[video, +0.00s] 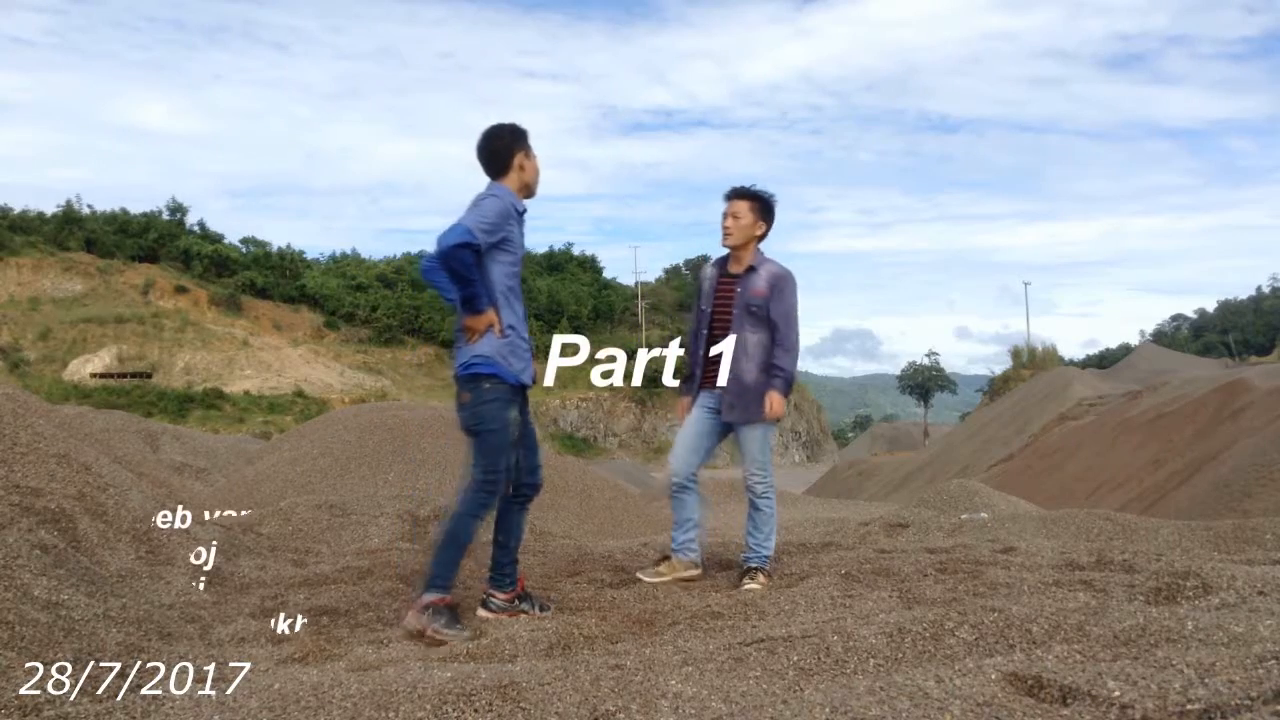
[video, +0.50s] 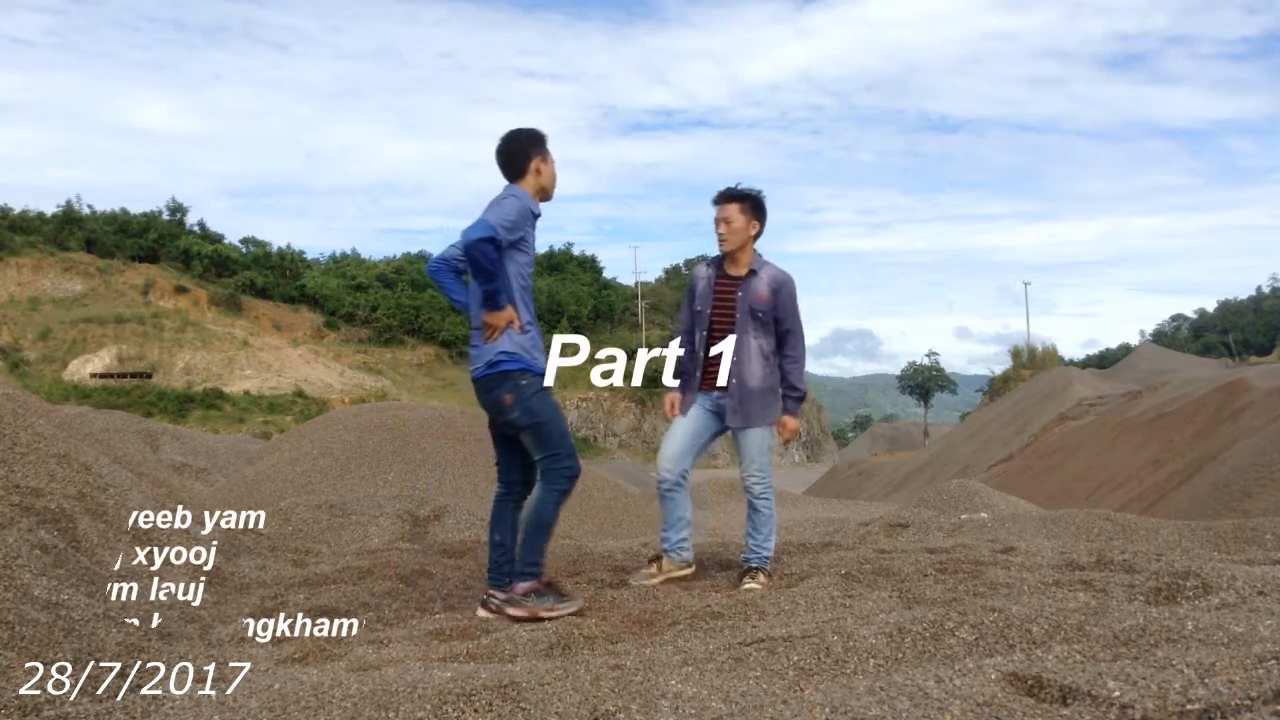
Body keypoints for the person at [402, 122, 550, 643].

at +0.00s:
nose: (538, 166)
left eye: (533, 157)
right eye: (533, 156)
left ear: (500, 165)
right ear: (520, 161)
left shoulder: (497, 209)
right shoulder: (499, 203)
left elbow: (432, 267)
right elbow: (450, 248)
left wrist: (473, 312)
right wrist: (474, 308)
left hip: (504, 378)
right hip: (489, 376)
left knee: (524, 480)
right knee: (487, 485)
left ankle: (504, 591)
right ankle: (432, 600)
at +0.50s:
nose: (555, 171)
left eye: (552, 162)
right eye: (552, 162)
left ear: (515, 168)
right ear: (538, 166)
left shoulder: (496, 210)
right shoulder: (519, 204)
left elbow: (440, 266)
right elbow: (479, 240)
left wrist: (476, 313)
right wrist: (496, 304)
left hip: (492, 372)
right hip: (513, 369)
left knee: (514, 481)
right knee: (561, 467)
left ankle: (500, 589)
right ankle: (527, 582)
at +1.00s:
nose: (565, 165)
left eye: (563, 155)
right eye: (562, 155)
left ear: (523, 158)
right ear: (549, 156)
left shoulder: (503, 202)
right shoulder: (527, 196)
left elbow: (463, 273)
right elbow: (494, 247)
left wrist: (520, 298)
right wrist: (548, 299)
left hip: (493, 364)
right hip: (516, 363)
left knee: (513, 476)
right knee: (547, 469)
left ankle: (504, 586)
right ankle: (534, 588)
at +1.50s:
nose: (465, 168)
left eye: (460, 159)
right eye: (461, 160)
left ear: (413, 170)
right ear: (450, 165)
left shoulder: (378, 229)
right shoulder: (474, 221)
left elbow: (360, 313)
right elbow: (519, 293)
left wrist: (397, 330)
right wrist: (545, 320)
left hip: (403, 395)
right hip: (462, 393)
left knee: (456, 481)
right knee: (467, 504)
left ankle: (473, 587)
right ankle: (431, 619)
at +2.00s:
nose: (366, 163)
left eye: (361, 153)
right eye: (361, 153)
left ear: (315, 162)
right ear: (345, 155)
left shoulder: (273, 215)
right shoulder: (360, 205)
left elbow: (221, 291)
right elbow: (358, 286)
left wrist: (251, 362)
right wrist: (358, 370)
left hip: (281, 385)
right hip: (338, 381)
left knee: (293, 506)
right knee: (402, 487)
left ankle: (251, 631)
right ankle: (415, 615)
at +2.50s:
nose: (402, 140)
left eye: (398, 129)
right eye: (395, 128)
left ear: (350, 135)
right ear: (375, 131)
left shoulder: (318, 197)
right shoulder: (362, 182)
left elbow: (293, 284)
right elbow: (366, 276)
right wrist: (406, 348)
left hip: (314, 384)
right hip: (353, 377)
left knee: (303, 502)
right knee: (388, 498)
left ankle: (251, 625)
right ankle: (351, 633)